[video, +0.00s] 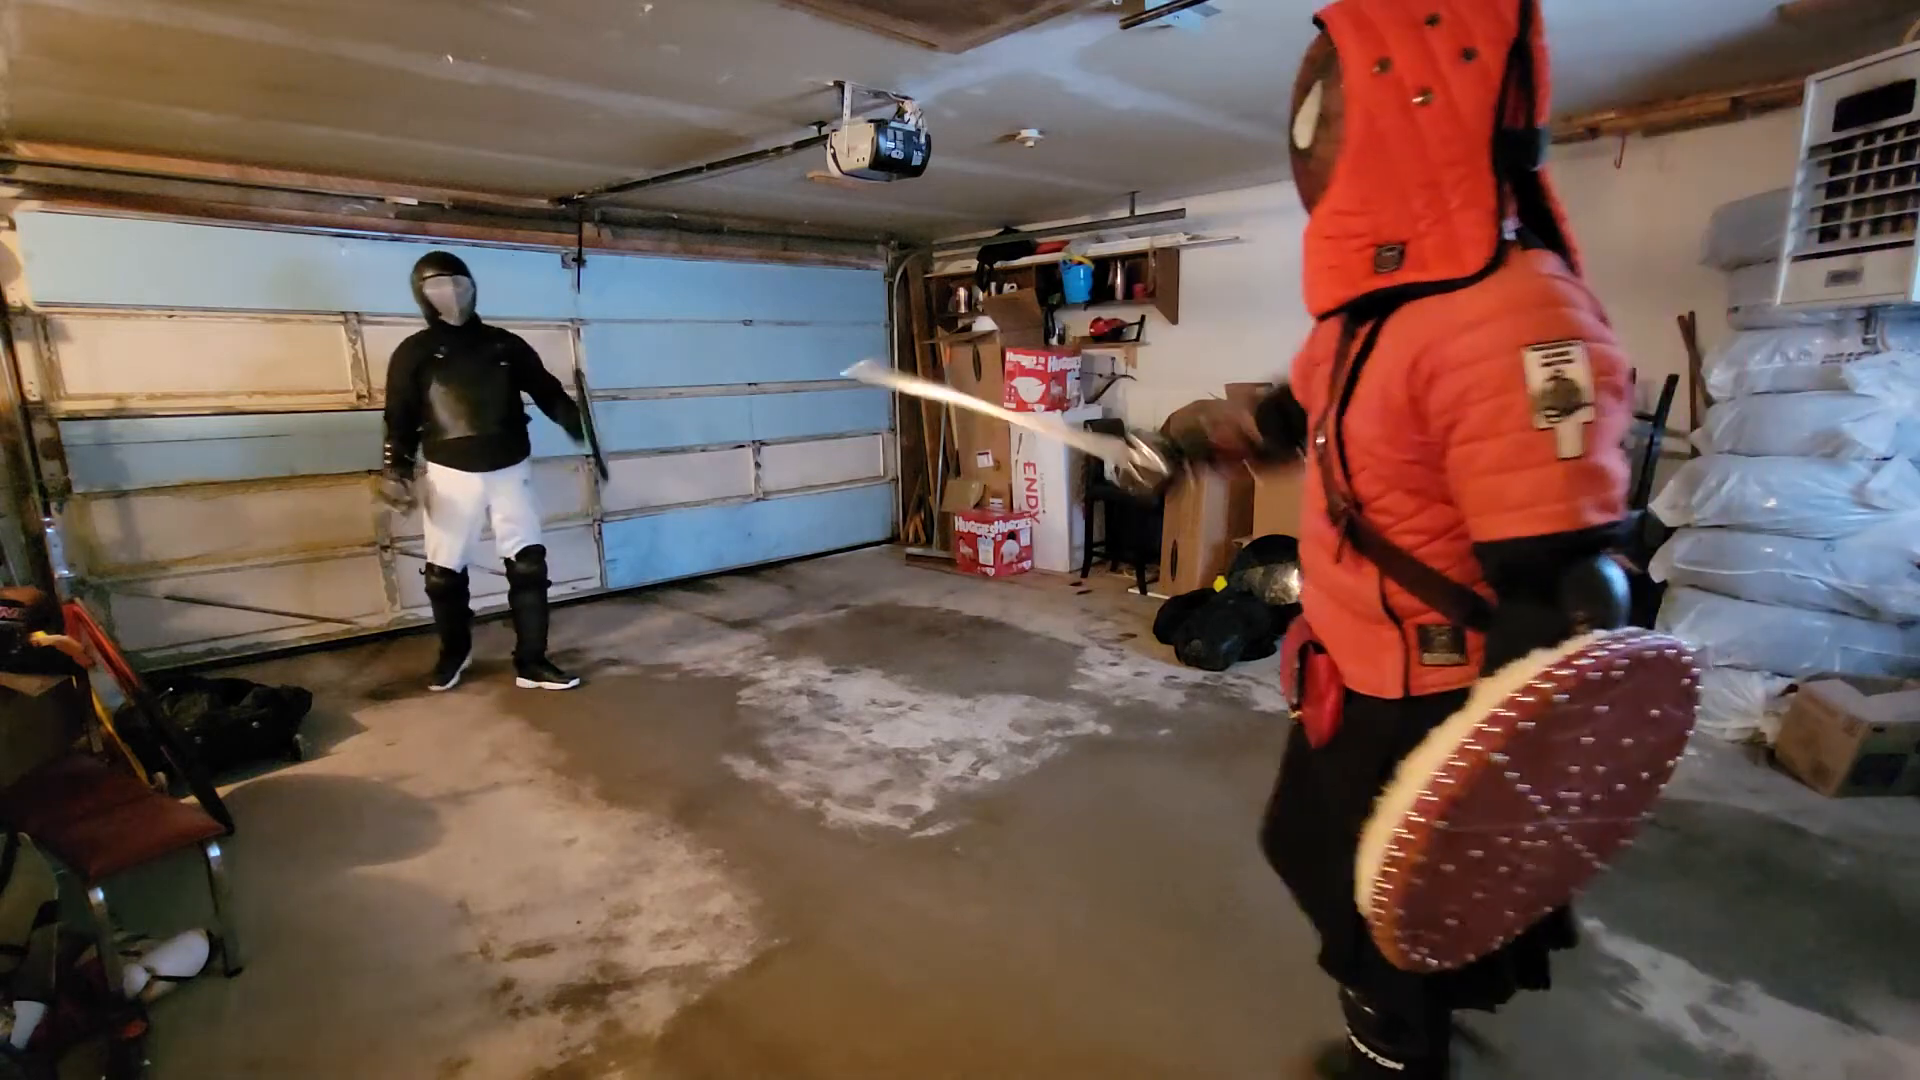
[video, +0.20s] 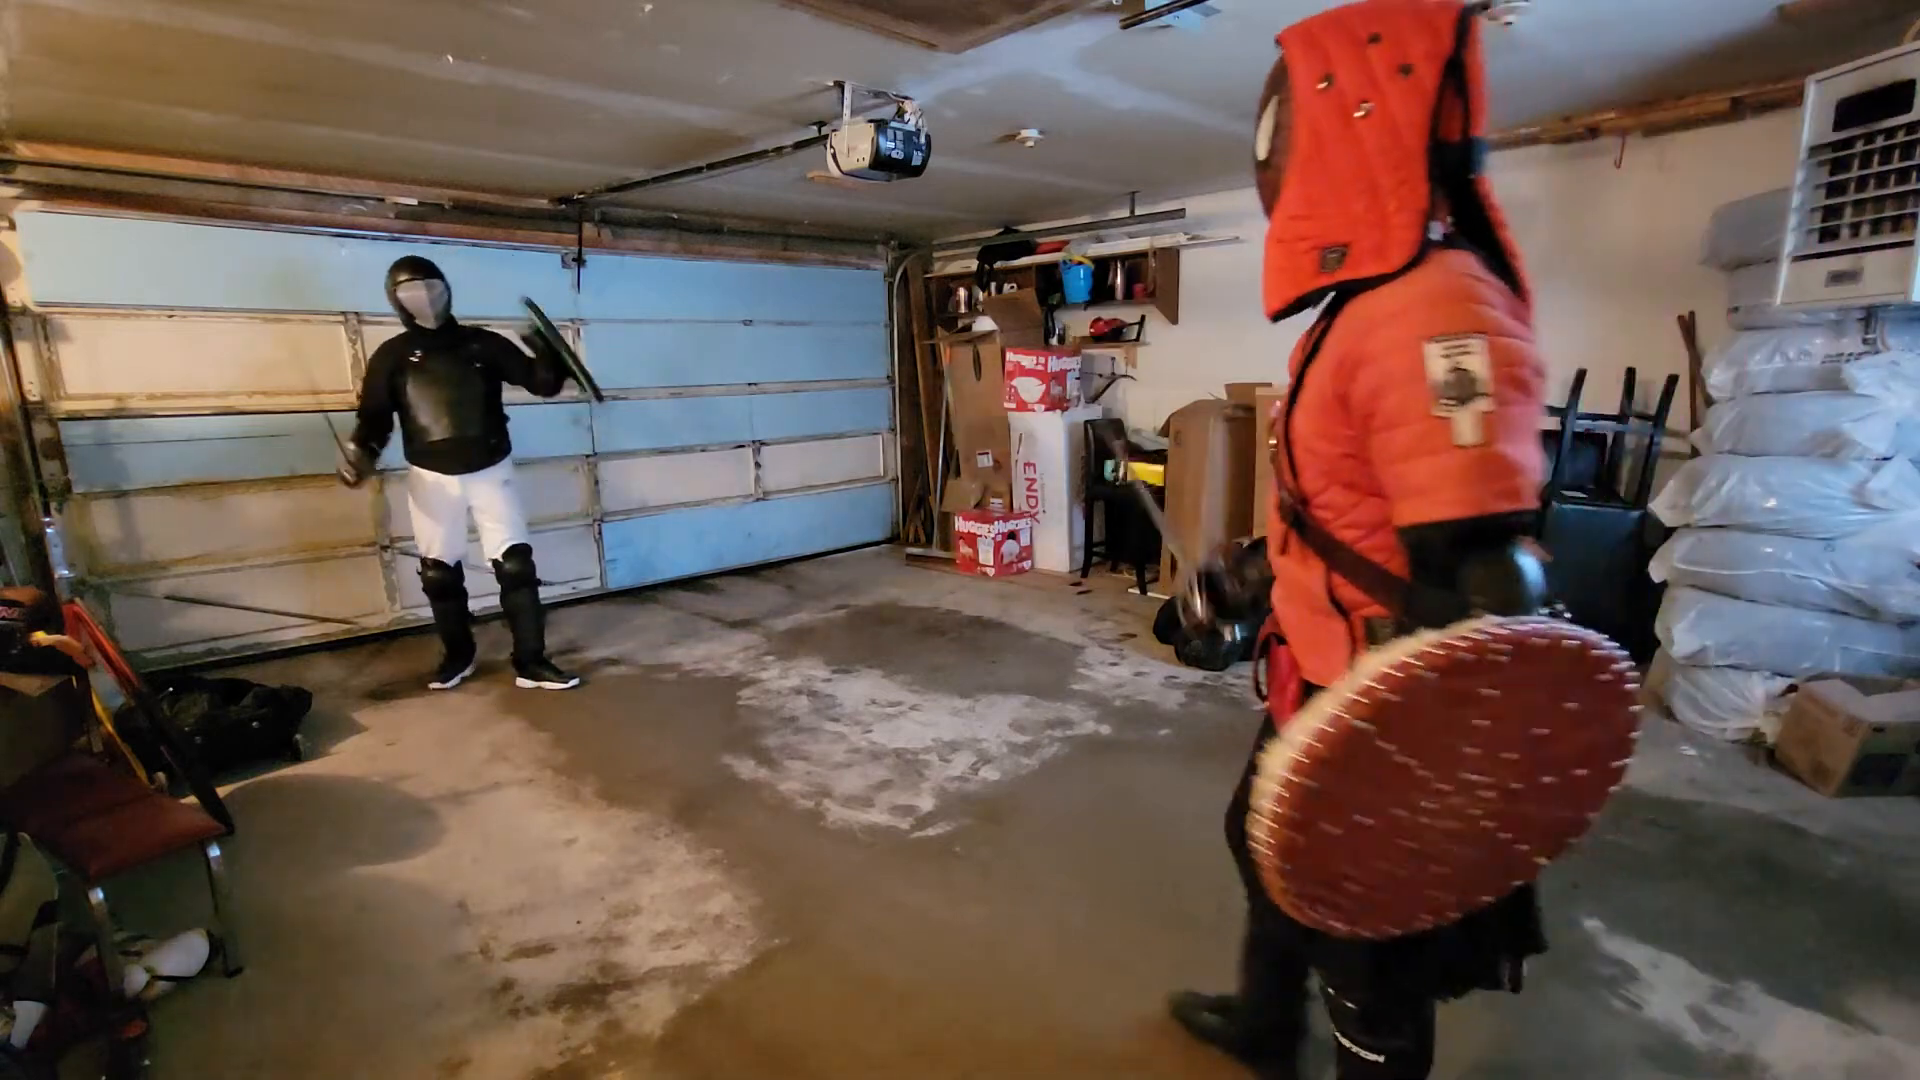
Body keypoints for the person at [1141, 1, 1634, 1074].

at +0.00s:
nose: (1304, 149)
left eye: (1327, 110)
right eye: (1306, 113)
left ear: (1426, 111)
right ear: (1400, 115)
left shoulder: (1516, 318)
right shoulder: (1379, 285)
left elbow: (1565, 606)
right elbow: (1346, 407)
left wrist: (1495, 808)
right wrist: (1248, 424)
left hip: (1435, 702)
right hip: (1349, 671)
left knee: (1384, 898)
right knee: (1304, 841)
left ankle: (1393, 1050)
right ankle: (1392, 993)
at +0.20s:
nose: (1265, 155)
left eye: (1282, 118)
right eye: (1267, 120)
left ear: (1367, 117)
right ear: (1365, 122)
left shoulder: (1441, 308)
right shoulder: (1370, 292)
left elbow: (1486, 589)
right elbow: (1349, 501)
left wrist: (1439, 801)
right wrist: (1260, 566)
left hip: (1387, 717)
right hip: (1313, 686)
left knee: (1373, 949)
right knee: (1272, 844)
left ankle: (1379, 1067)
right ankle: (1263, 1020)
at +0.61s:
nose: (1202, 194)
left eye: (1215, 167)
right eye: (1207, 168)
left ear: (1265, 169)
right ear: (1303, 170)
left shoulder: (1309, 298)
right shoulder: (1289, 294)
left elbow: (1321, 511)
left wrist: (1315, 696)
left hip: (1330, 652)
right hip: (1282, 638)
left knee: (1329, 877)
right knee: (1234, 833)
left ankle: (1365, 1059)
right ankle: (1232, 1017)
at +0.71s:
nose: (1186, 198)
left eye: (1198, 173)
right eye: (1192, 174)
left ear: (1240, 175)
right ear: (1295, 172)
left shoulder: (1280, 303)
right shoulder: (1285, 298)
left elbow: (1294, 524)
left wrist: (1277, 701)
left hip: (1310, 671)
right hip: (1286, 660)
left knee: (1319, 879)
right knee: (1247, 841)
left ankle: (1363, 1058)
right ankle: (1232, 1018)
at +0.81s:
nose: (1172, 211)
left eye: (1182, 187)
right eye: (1177, 187)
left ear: (1224, 188)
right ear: (1279, 185)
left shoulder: (1257, 305)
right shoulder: (1292, 294)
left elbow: (1272, 513)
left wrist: (1238, 686)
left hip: (1323, 657)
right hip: (1311, 644)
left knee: (1307, 904)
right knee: (1243, 840)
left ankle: (1368, 1062)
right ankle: (1232, 1017)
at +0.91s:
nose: (1169, 217)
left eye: (1180, 193)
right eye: (1175, 193)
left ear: (1222, 194)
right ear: (1275, 192)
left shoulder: (1248, 311)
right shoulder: (1291, 299)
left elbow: (1261, 535)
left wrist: (1222, 707)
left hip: (1322, 669)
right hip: (1315, 650)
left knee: (1300, 913)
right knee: (1238, 849)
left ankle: (1392, 1063)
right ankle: (1231, 1023)